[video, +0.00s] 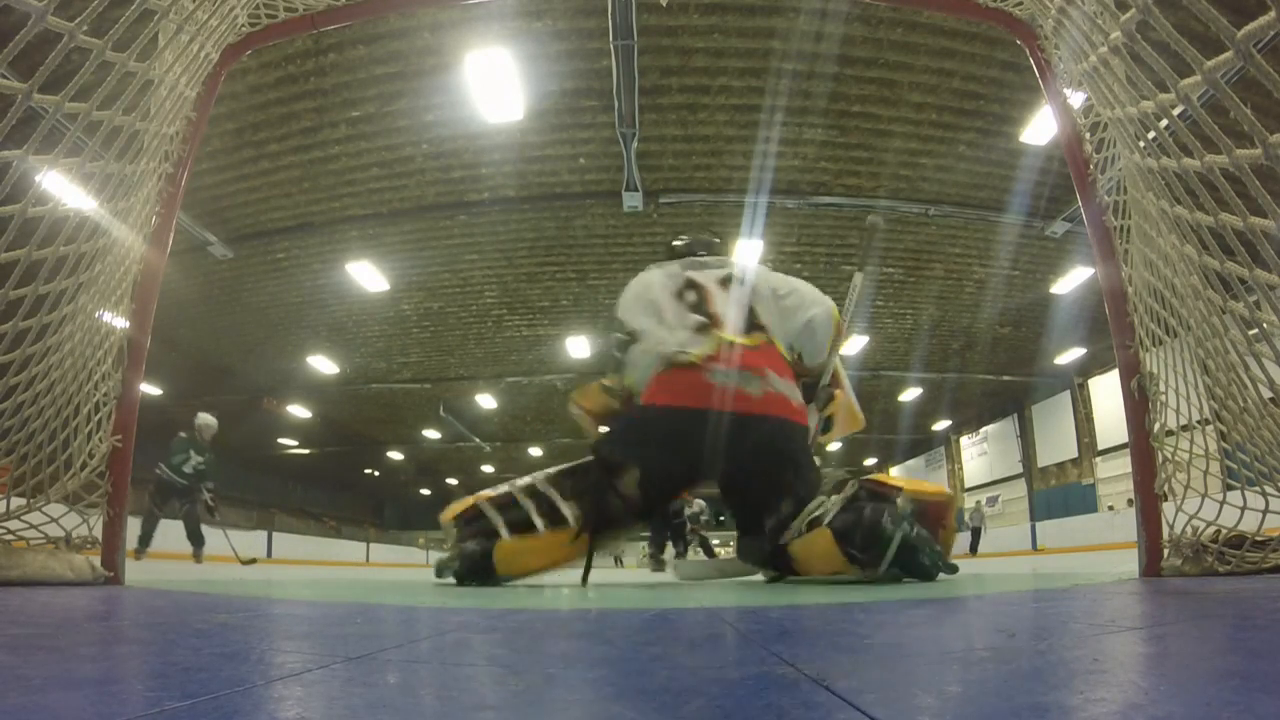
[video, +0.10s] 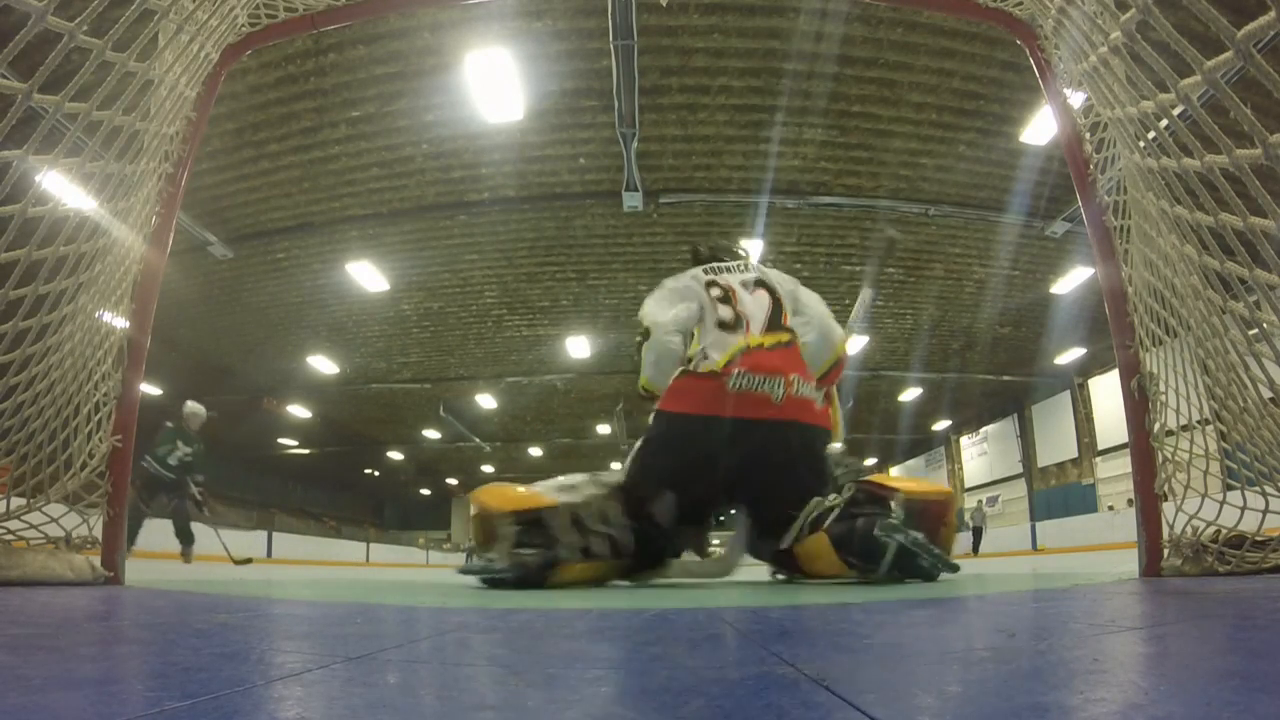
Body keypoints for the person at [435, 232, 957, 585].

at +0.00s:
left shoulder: (662, 288)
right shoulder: (768, 282)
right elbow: (819, 313)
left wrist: (621, 406)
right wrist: (814, 386)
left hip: (676, 401)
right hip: (776, 414)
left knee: (593, 506)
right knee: (780, 545)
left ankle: (492, 549)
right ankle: (863, 538)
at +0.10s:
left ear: (697, 267)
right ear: (747, 267)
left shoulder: (685, 281)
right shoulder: (790, 287)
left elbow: (666, 328)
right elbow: (832, 342)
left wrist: (660, 389)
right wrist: (820, 405)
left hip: (697, 413)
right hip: (791, 420)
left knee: (638, 528)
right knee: (795, 538)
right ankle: (863, 542)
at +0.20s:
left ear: (716, 272)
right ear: (766, 268)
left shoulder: (694, 289)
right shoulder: (800, 282)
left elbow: (662, 337)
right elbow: (841, 337)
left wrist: (666, 404)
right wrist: (824, 402)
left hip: (710, 418)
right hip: (807, 417)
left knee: (666, 536)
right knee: (825, 535)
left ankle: (590, 553)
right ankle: (894, 539)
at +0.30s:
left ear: (718, 267)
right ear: (774, 261)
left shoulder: (687, 297)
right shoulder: (805, 277)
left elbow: (669, 376)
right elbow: (857, 339)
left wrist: (697, 424)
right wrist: (840, 403)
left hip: (713, 429)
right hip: (814, 421)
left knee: (672, 543)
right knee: (861, 535)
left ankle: (611, 562)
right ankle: (949, 541)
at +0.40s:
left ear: (724, 261)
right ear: (775, 261)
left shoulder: (702, 281)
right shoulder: (810, 277)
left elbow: (679, 339)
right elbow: (865, 327)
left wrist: (660, 426)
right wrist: (854, 401)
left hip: (723, 423)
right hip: (826, 413)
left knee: (678, 540)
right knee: (887, 536)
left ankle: (613, 557)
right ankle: (977, 539)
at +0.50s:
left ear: (718, 254)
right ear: (766, 256)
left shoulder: (708, 274)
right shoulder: (815, 282)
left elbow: (699, 326)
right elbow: (875, 341)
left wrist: (649, 399)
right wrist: (855, 403)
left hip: (742, 431)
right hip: (843, 417)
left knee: (688, 546)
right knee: (894, 544)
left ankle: (635, 555)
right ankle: (950, 535)